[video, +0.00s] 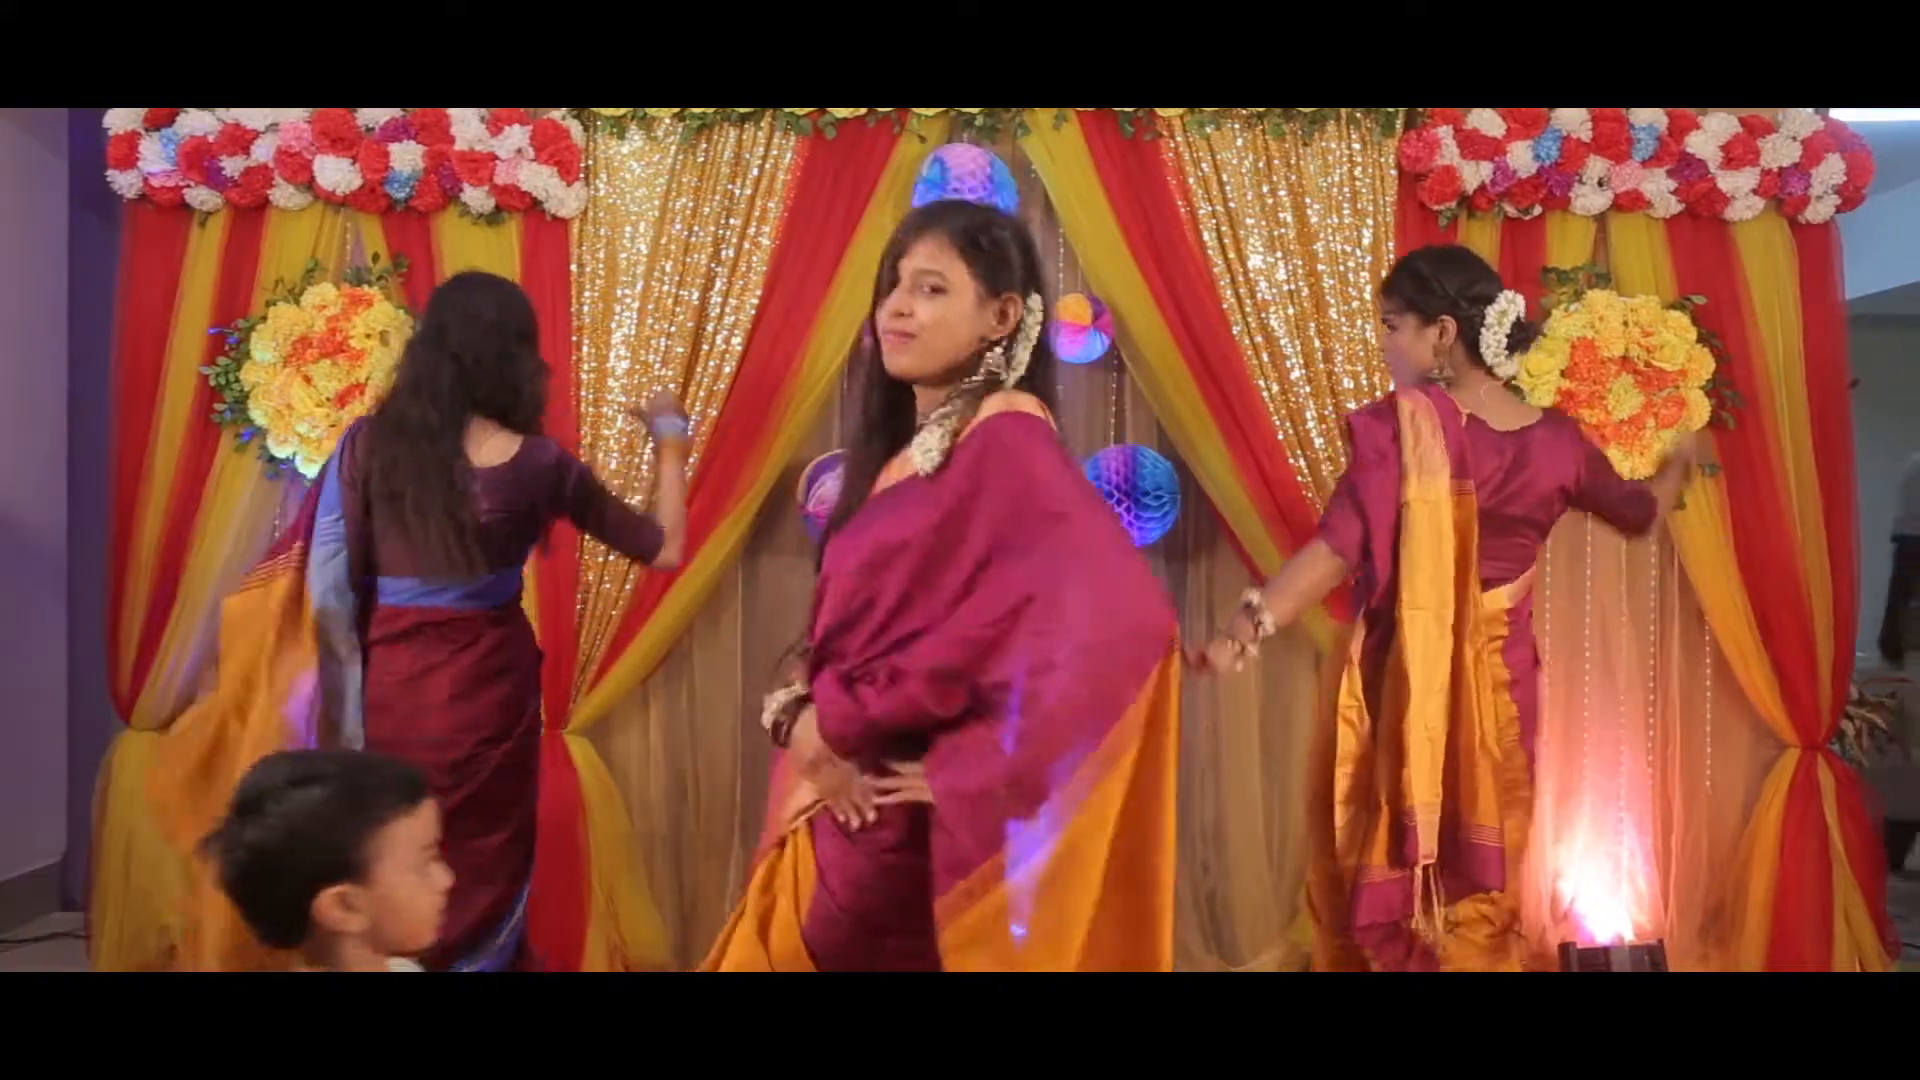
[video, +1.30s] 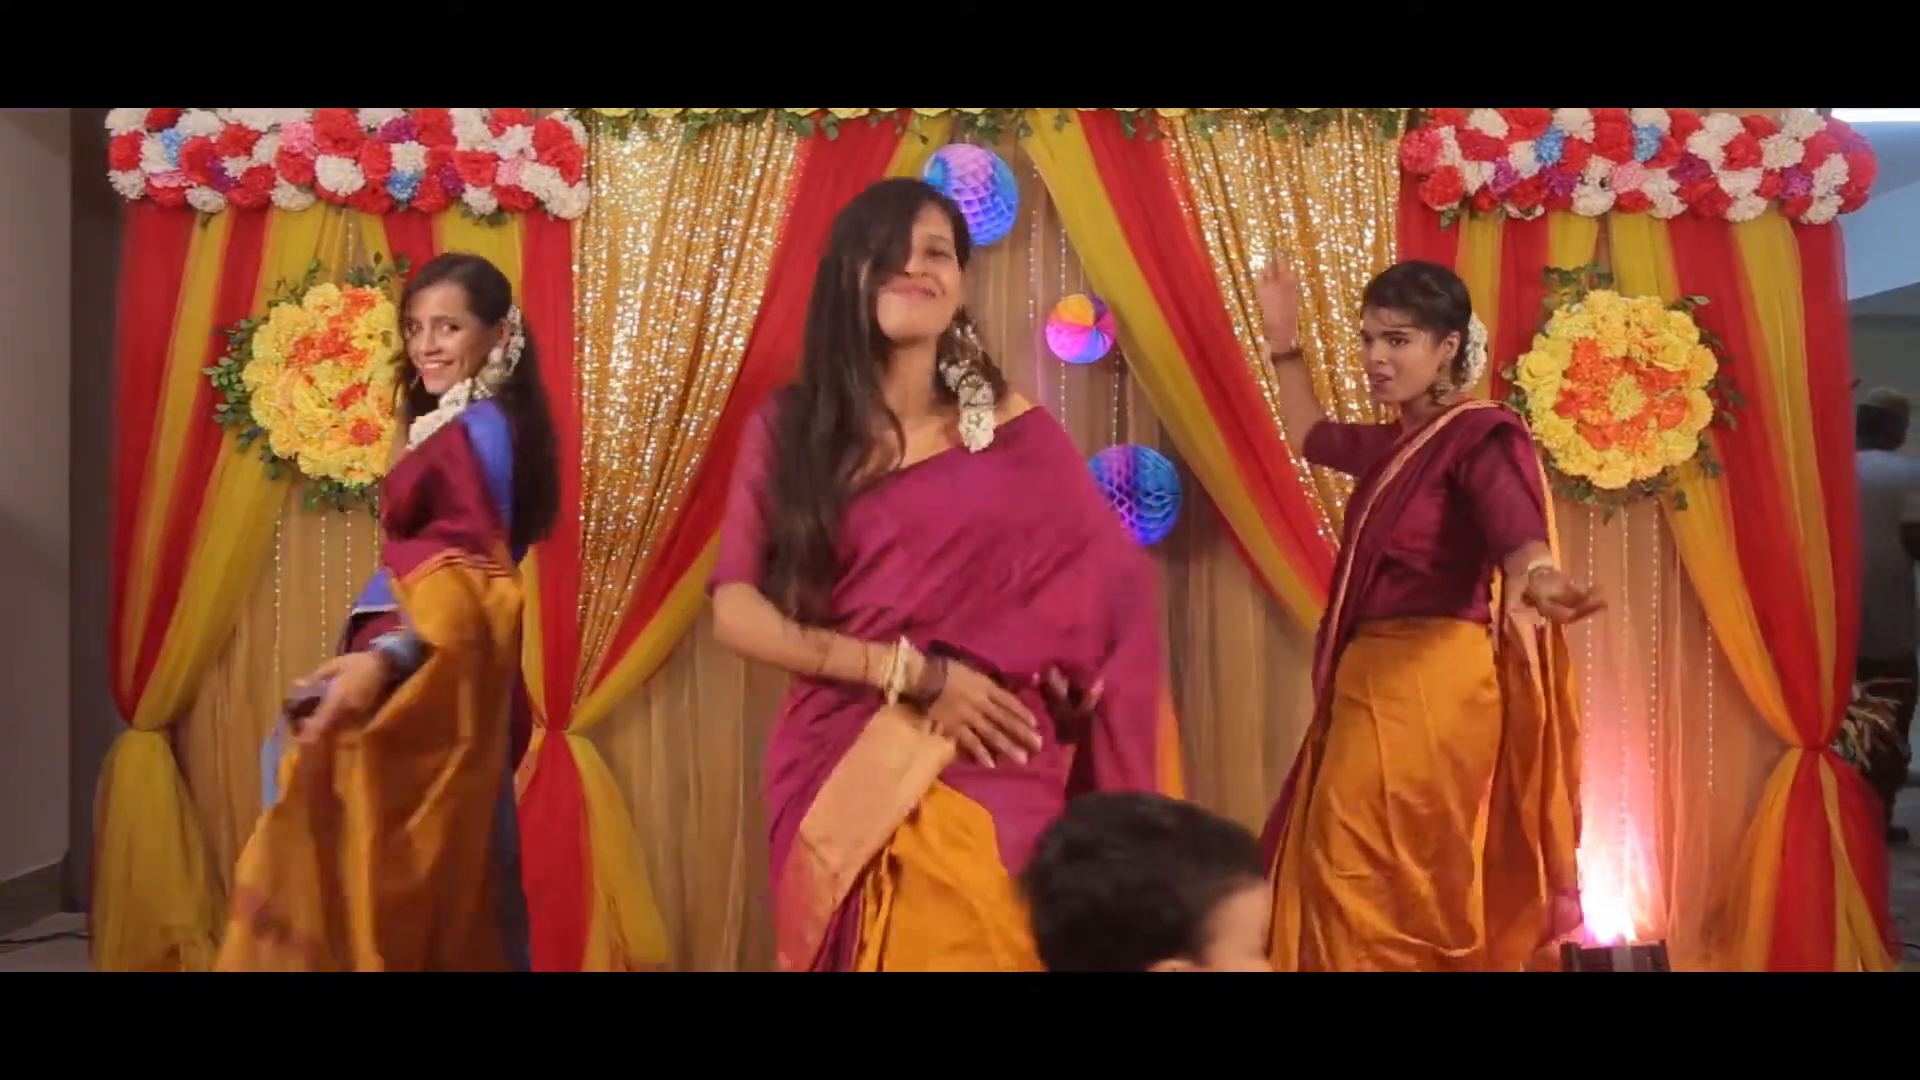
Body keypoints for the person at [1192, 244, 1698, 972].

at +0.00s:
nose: (1382, 346)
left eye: (1391, 327)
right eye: (1383, 327)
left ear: (1444, 332)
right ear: (1460, 331)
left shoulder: (1393, 427)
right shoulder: (1553, 438)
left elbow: (1338, 545)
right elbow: (1642, 512)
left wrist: (1253, 620)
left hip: (1397, 678)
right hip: (1502, 677)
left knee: (1387, 874)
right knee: (1491, 879)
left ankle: (1395, 960)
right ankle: (1484, 959)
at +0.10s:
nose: (1382, 344)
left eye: (1391, 325)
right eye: (1382, 326)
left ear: (1446, 330)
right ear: (1457, 330)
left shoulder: (1415, 425)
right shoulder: (1550, 426)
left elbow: (1361, 538)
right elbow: (1625, 451)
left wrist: (1263, 594)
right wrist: (1644, 371)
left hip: (1391, 664)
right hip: (1493, 665)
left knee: (1353, 843)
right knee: (1473, 845)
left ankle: (1367, 958)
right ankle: (1468, 961)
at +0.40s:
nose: (1385, 360)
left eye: (1399, 342)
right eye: (1386, 341)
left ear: (1456, 347)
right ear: (1463, 351)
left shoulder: (1431, 433)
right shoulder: (1521, 437)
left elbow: (1412, 556)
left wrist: (1309, 602)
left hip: (1391, 677)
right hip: (1476, 679)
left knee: (1349, 877)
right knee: (1460, 869)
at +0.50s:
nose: (1384, 354)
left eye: (1400, 336)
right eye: (1382, 335)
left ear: (1458, 340)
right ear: (1458, 345)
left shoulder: (1436, 427)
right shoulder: (1515, 432)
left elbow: (1427, 547)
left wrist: (1334, 585)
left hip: (1395, 667)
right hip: (1466, 670)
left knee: (1349, 864)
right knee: (1448, 856)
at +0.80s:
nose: (1372, 348)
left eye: (1391, 329)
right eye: (1368, 330)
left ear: (1446, 338)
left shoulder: (1450, 423)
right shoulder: (1429, 421)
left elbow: (1461, 519)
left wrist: (1437, 584)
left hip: (1384, 650)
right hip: (1367, 646)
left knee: (1346, 848)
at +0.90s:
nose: (1374, 348)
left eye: (1394, 328)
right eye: (1366, 328)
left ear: (1446, 338)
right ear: (1360, 332)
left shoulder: (1459, 427)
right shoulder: (1406, 427)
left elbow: (1483, 524)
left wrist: (1466, 576)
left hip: (1391, 653)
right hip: (1339, 650)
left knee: (1363, 865)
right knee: (1302, 862)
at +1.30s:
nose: (1375, 358)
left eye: (1397, 340)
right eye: (1369, 339)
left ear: (1448, 348)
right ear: (1363, 340)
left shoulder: (1483, 435)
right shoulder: (1392, 444)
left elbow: (1522, 544)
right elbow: (1312, 434)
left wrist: (1539, 584)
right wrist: (1283, 343)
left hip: (1432, 678)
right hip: (1367, 680)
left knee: (1335, 854)